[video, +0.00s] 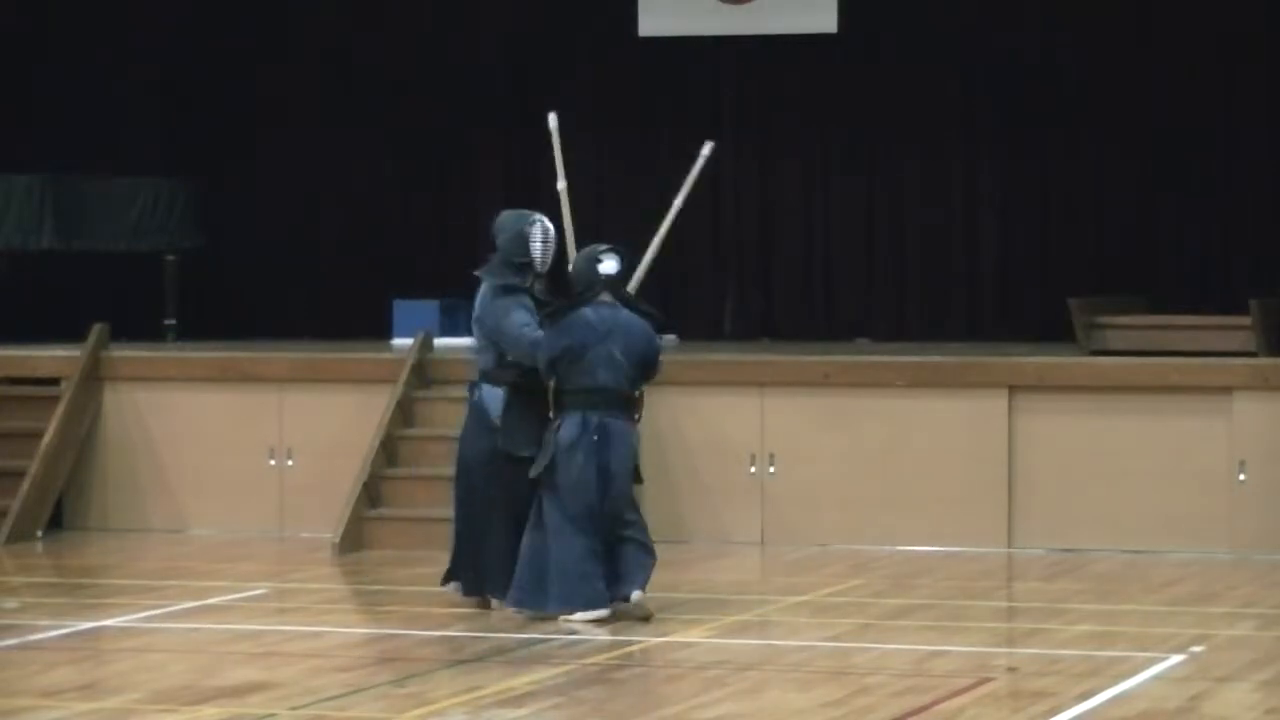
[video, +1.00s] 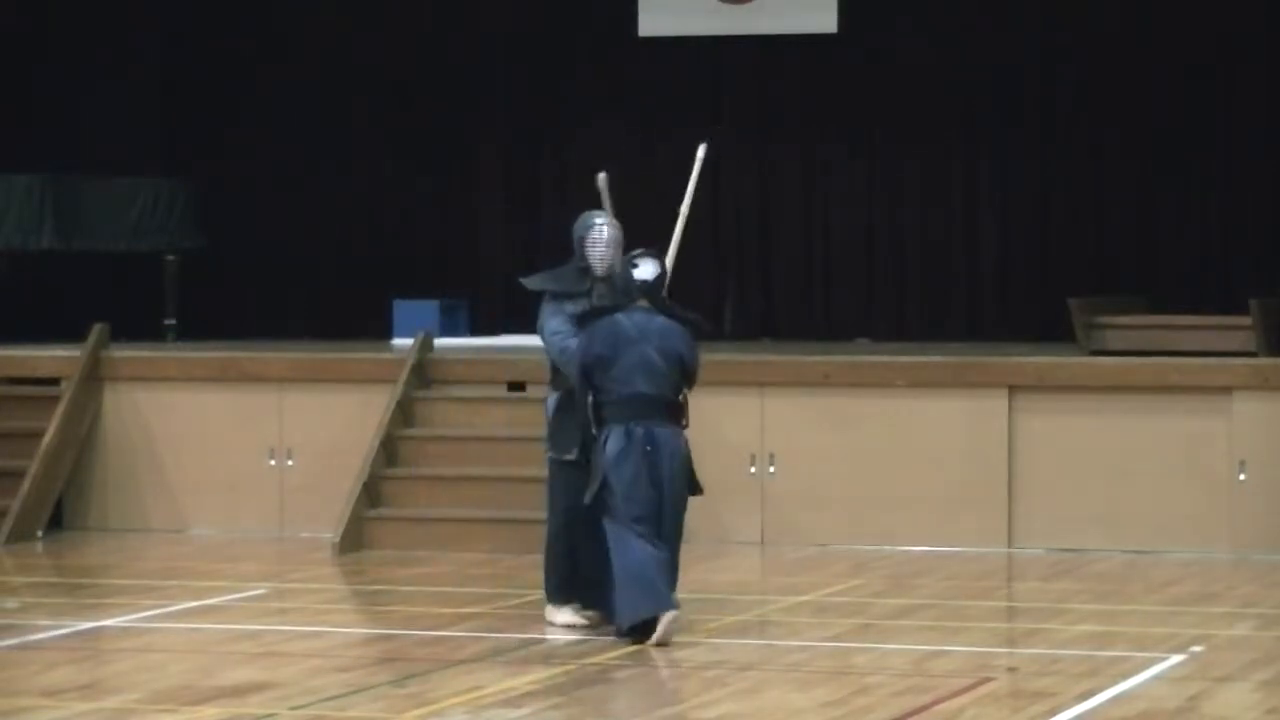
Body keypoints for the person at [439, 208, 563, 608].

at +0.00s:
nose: (547, 254)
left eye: (547, 245)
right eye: (542, 246)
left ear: (510, 249)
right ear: (524, 250)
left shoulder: (519, 291)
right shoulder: (503, 299)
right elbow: (537, 348)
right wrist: (580, 338)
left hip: (516, 397)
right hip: (502, 401)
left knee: (494, 488)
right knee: (499, 490)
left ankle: (477, 577)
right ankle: (491, 582)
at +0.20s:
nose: (547, 251)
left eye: (552, 242)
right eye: (539, 243)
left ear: (558, 246)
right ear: (520, 247)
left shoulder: (560, 289)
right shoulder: (506, 295)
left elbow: (582, 328)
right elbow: (516, 347)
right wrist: (562, 358)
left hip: (556, 397)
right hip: (516, 400)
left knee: (552, 490)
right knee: (514, 492)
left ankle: (548, 583)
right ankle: (507, 586)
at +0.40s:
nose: (566, 253)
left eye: (572, 243)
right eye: (557, 244)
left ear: (580, 247)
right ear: (539, 247)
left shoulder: (585, 292)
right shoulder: (521, 297)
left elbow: (606, 333)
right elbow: (527, 347)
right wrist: (575, 357)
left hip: (576, 402)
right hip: (531, 402)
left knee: (568, 494)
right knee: (525, 495)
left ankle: (570, 588)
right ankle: (515, 588)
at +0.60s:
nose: (589, 252)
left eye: (595, 243)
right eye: (581, 243)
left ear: (604, 247)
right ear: (564, 247)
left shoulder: (615, 291)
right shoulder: (545, 298)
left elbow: (639, 331)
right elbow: (558, 352)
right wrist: (607, 348)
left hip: (603, 404)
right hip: (556, 403)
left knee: (593, 497)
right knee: (546, 494)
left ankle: (587, 590)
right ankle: (522, 588)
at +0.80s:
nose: (603, 248)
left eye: (610, 238)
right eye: (595, 238)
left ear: (620, 244)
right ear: (580, 242)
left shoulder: (630, 292)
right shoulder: (558, 296)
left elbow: (652, 334)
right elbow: (572, 351)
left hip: (616, 405)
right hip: (569, 403)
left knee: (610, 501)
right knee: (559, 500)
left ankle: (606, 594)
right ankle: (537, 591)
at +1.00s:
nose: (602, 251)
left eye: (609, 243)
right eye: (595, 243)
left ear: (620, 247)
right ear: (581, 246)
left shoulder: (634, 290)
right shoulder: (560, 295)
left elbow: (671, 332)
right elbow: (569, 353)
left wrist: (652, 296)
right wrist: (605, 366)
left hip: (621, 410)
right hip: (573, 409)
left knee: (611, 506)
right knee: (569, 507)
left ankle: (605, 599)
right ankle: (560, 600)